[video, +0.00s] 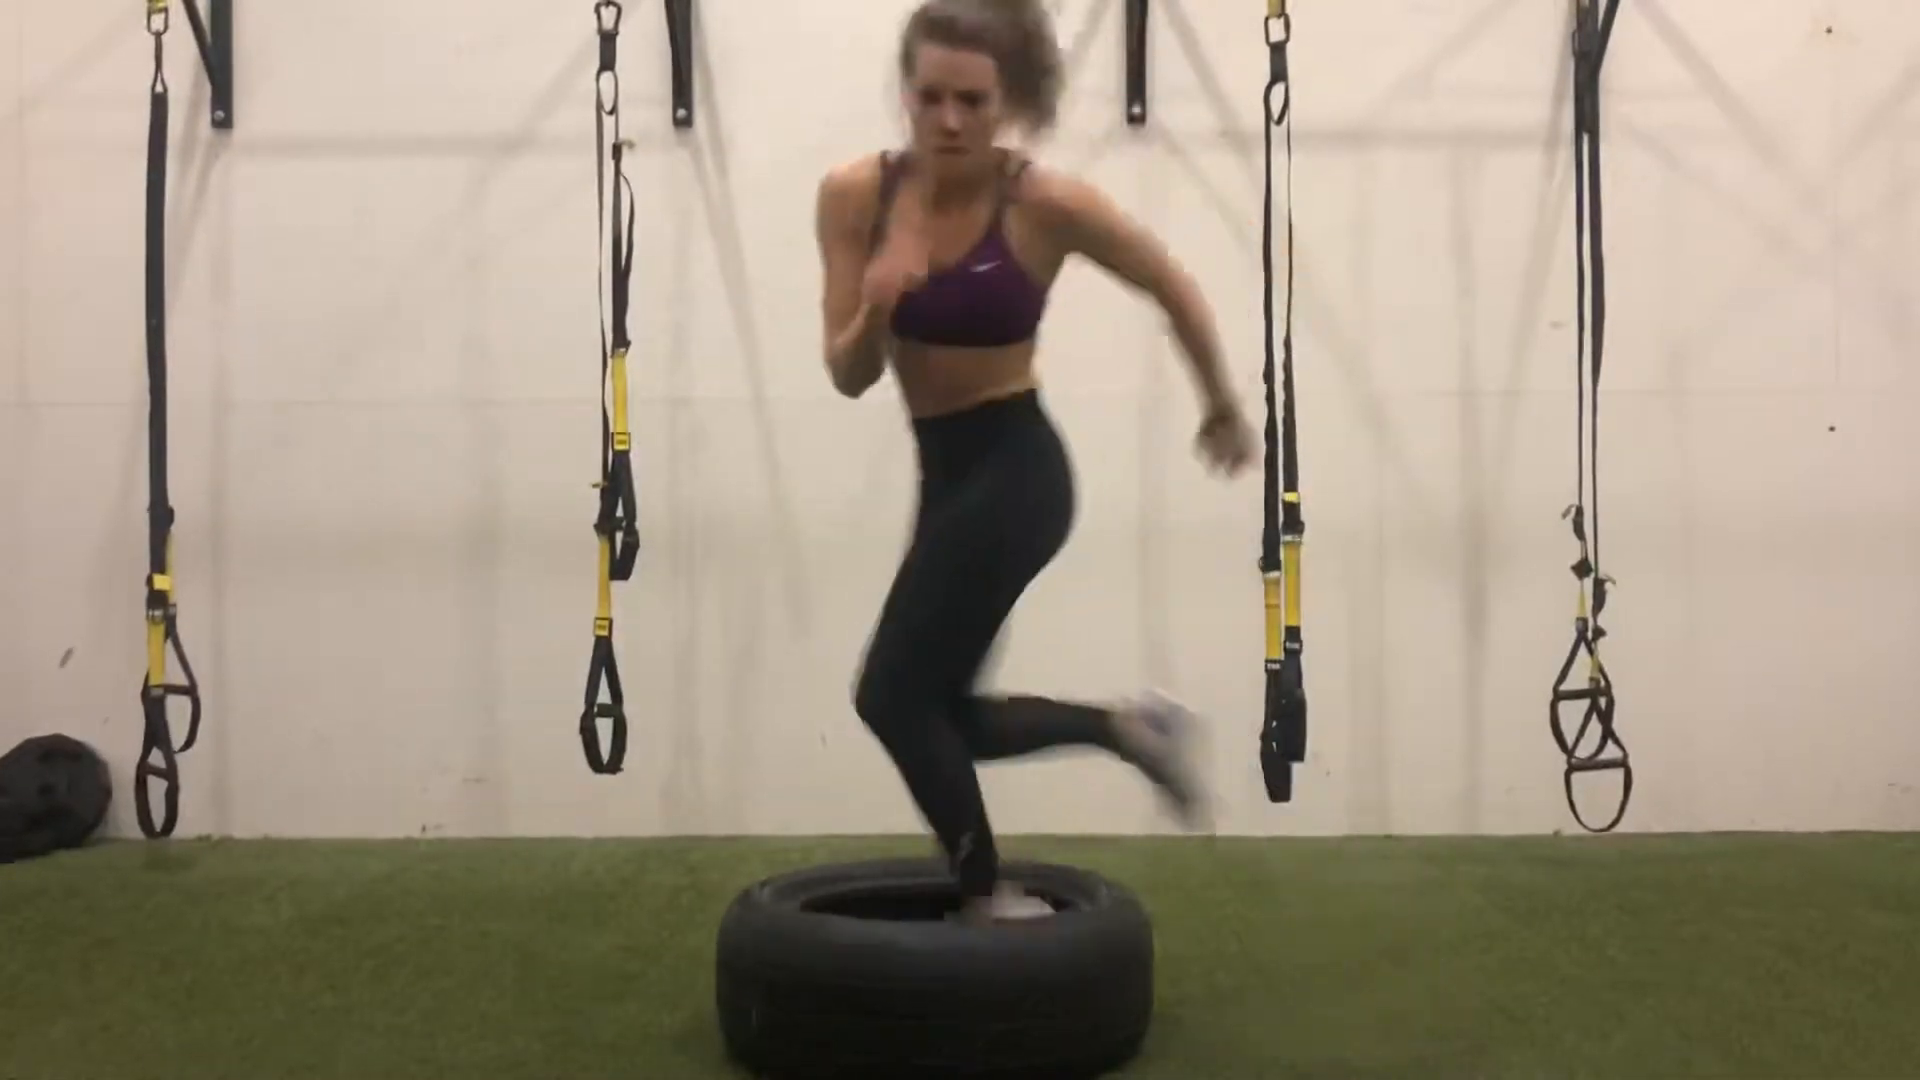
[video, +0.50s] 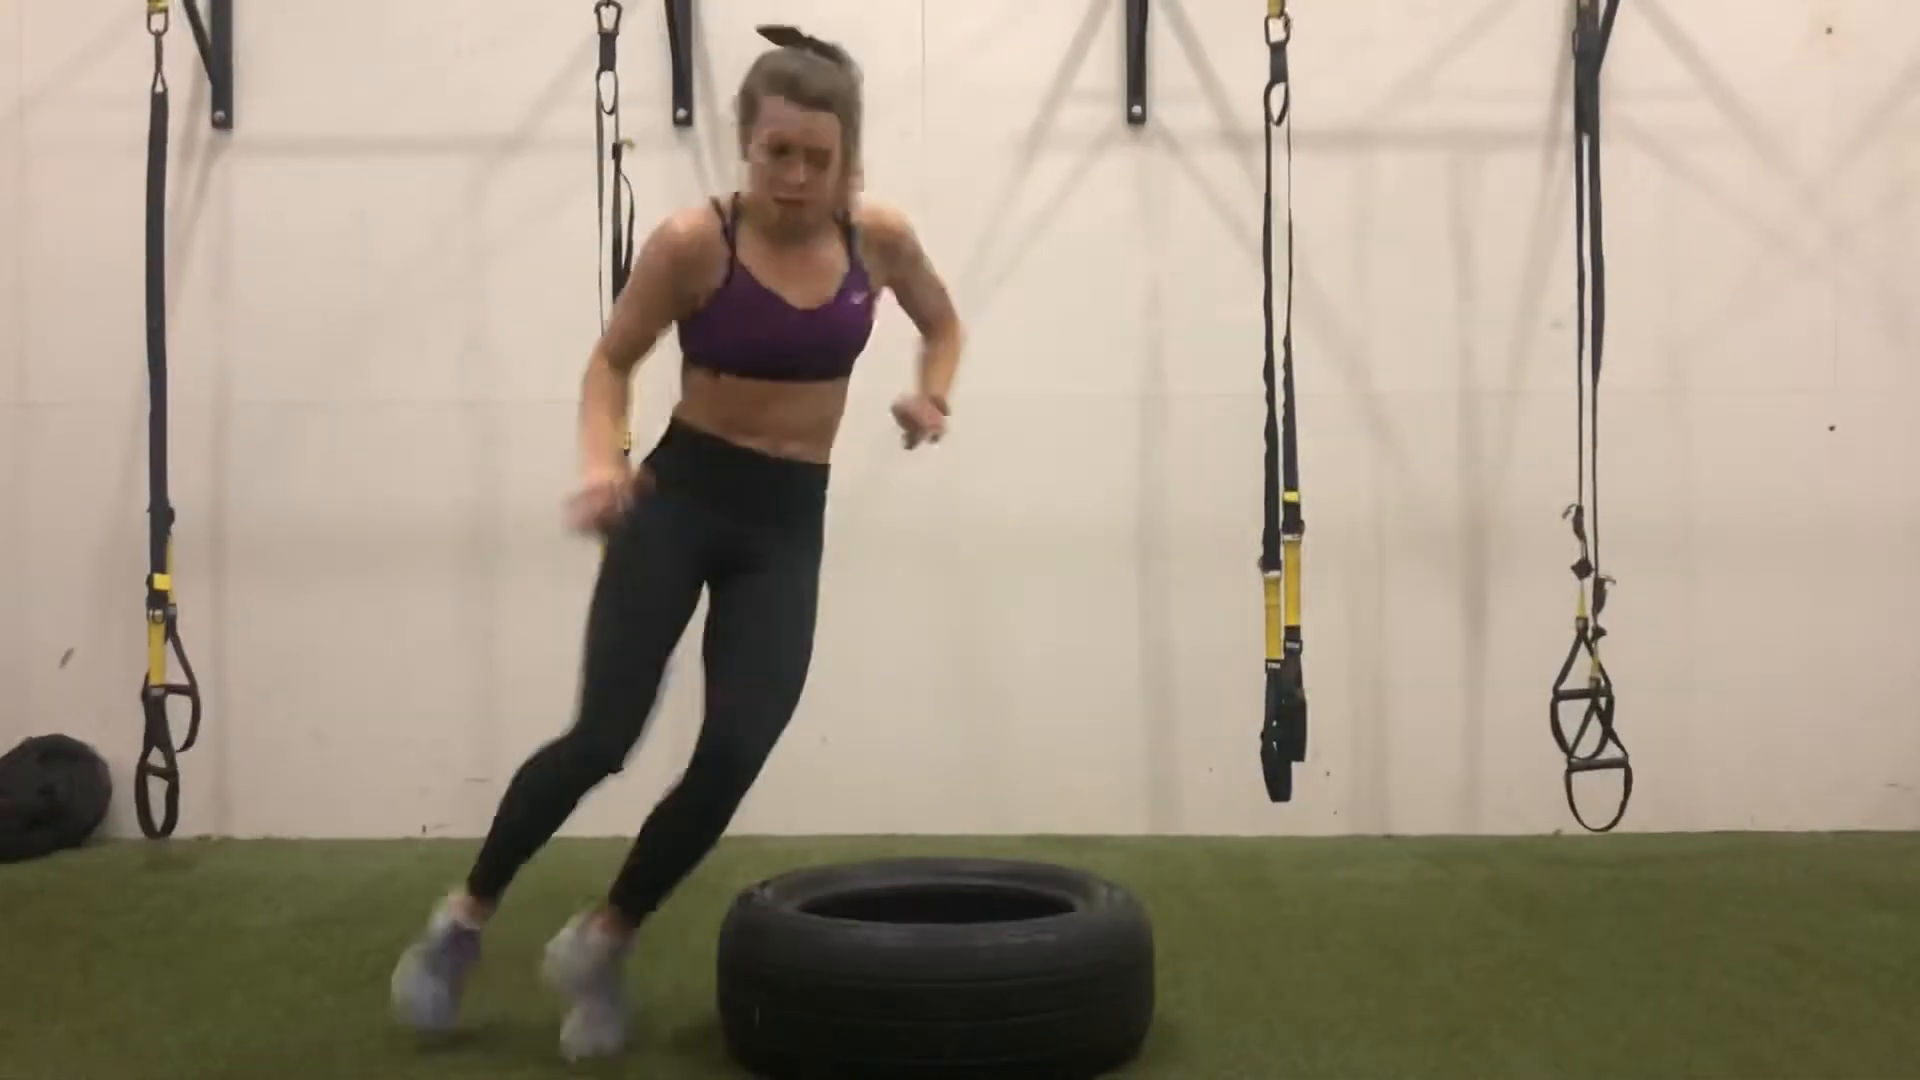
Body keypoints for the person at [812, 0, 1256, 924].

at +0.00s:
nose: (948, 120)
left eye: (971, 101)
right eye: (931, 97)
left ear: (1009, 104)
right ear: (906, 95)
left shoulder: (1048, 206)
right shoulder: (858, 196)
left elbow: (1171, 285)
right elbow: (848, 377)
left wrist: (1223, 405)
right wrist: (876, 311)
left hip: (1018, 473)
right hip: (947, 477)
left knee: (891, 694)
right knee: (940, 722)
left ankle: (983, 902)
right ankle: (1125, 727)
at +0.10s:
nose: (903, 139)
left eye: (927, 120)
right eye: (886, 116)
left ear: (967, 124)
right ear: (862, 111)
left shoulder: (999, 242)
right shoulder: (813, 218)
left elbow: (1115, 353)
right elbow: (768, 341)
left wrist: (1132, 493)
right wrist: (774, 377)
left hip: (966, 511)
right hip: (880, 509)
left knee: (929, 760)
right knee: (756, 697)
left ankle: (1006, 940)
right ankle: (918, 695)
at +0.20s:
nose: (851, 155)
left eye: (875, 136)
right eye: (833, 128)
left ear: (903, 139)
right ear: (798, 119)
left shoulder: (924, 247)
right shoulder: (729, 221)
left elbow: (994, 380)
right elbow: (696, 332)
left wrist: (951, 457)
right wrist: (692, 429)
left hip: (907, 480)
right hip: (810, 484)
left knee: (872, 723)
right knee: (682, 695)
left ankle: (981, 925)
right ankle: (639, 885)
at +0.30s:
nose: (797, 204)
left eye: (822, 188)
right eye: (781, 179)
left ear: (848, 196)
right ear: (747, 170)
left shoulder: (864, 293)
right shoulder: (667, 285)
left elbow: (883, 391)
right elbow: (640, 431)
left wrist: (860, 455)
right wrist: (716, 496)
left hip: (818, 519)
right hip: (710, 525)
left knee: (789, 655)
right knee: (605, 754)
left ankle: (876, 759)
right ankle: (546, 978)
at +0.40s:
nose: (783, 190)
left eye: (807, 171)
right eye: (765, 165)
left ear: (837, 174)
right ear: (734, 160)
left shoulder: (864, 264)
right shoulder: (678, 266)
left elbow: (882, 334)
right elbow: (621, 421)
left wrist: (876, 407)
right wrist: (709, 426)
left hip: (803, 516)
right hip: (694, 512)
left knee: (745, 630)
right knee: (557, 725)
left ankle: (745, 764)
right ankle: (531, 953)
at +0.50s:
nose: (795, 175)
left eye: (817, 156)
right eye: (777, 152)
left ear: (849, 152)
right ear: (745, 142)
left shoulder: (878, 238)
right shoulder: (691, 242)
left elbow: (941, 324)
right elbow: (613, 361)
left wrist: (932, 390)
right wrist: (603, 465)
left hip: (786, 518)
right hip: (676, 498)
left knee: (732, 761)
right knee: (602, 740)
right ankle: (463, 918)